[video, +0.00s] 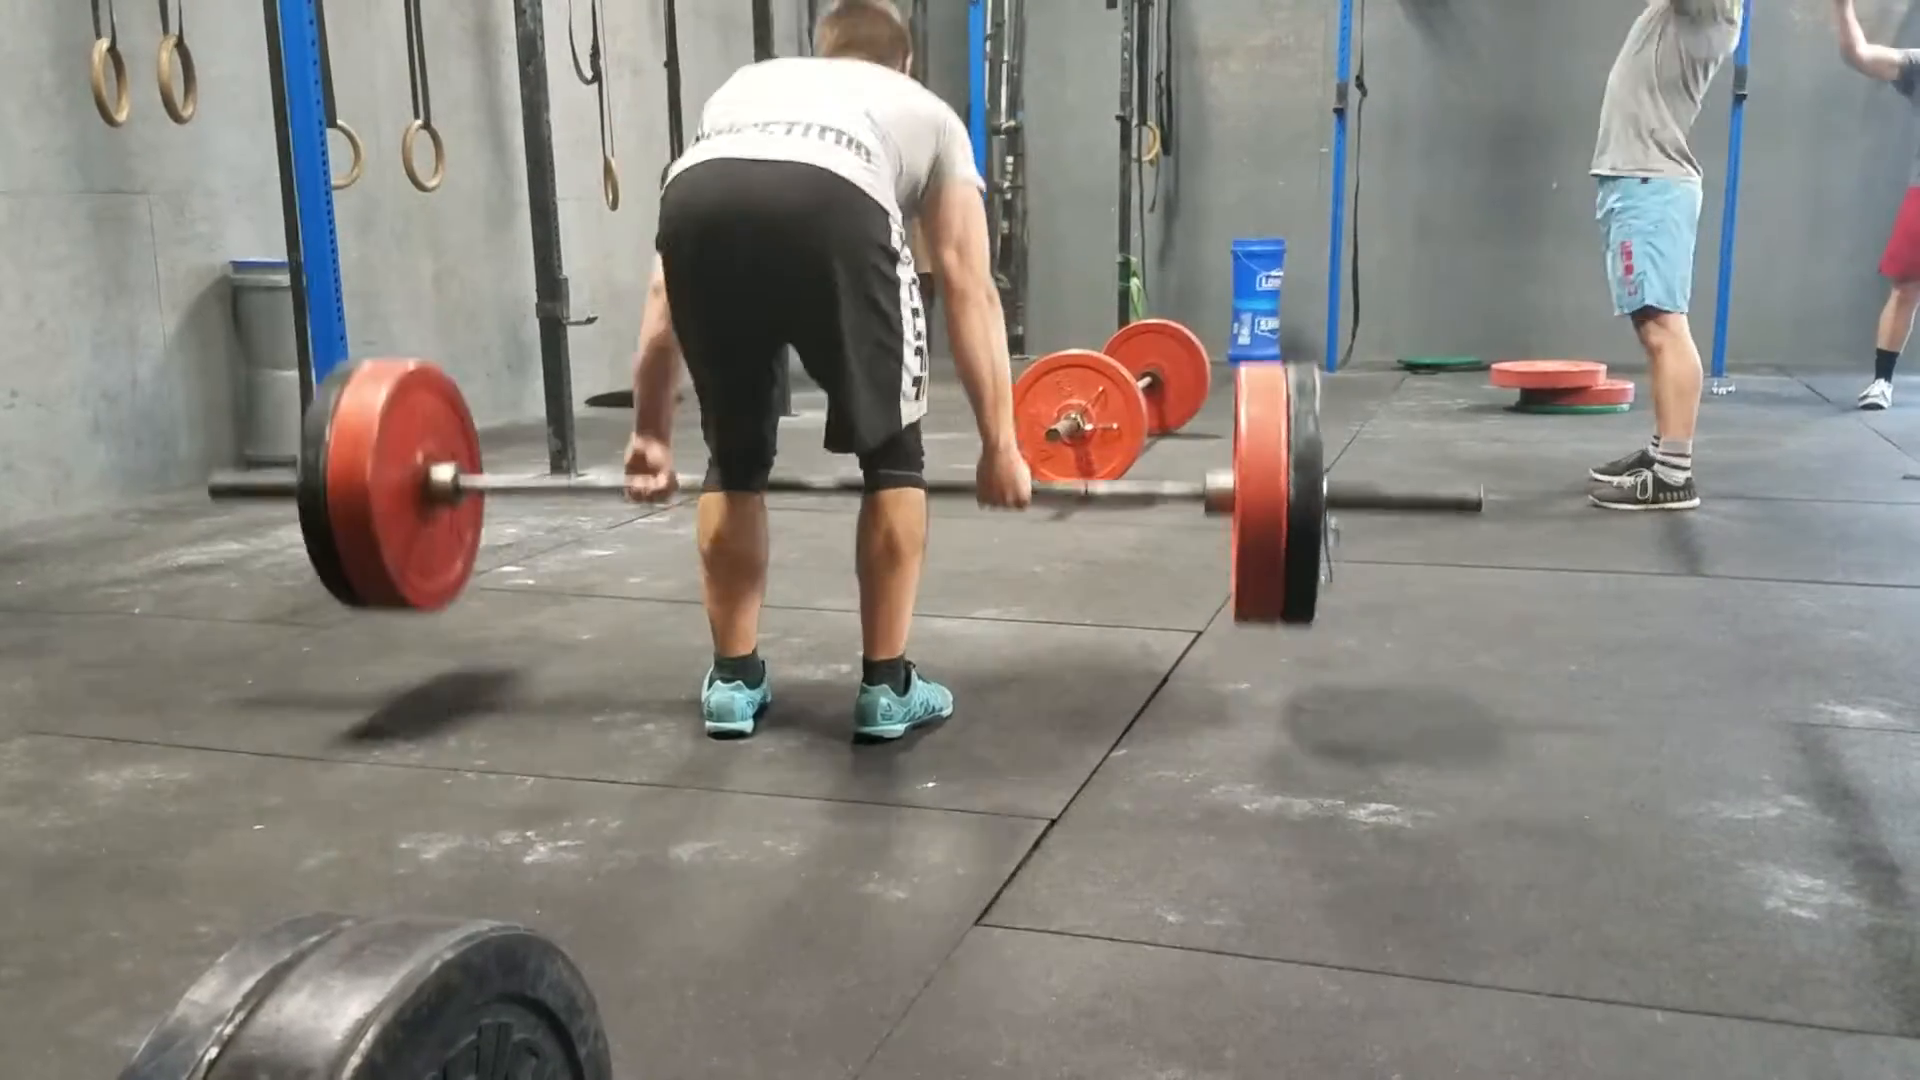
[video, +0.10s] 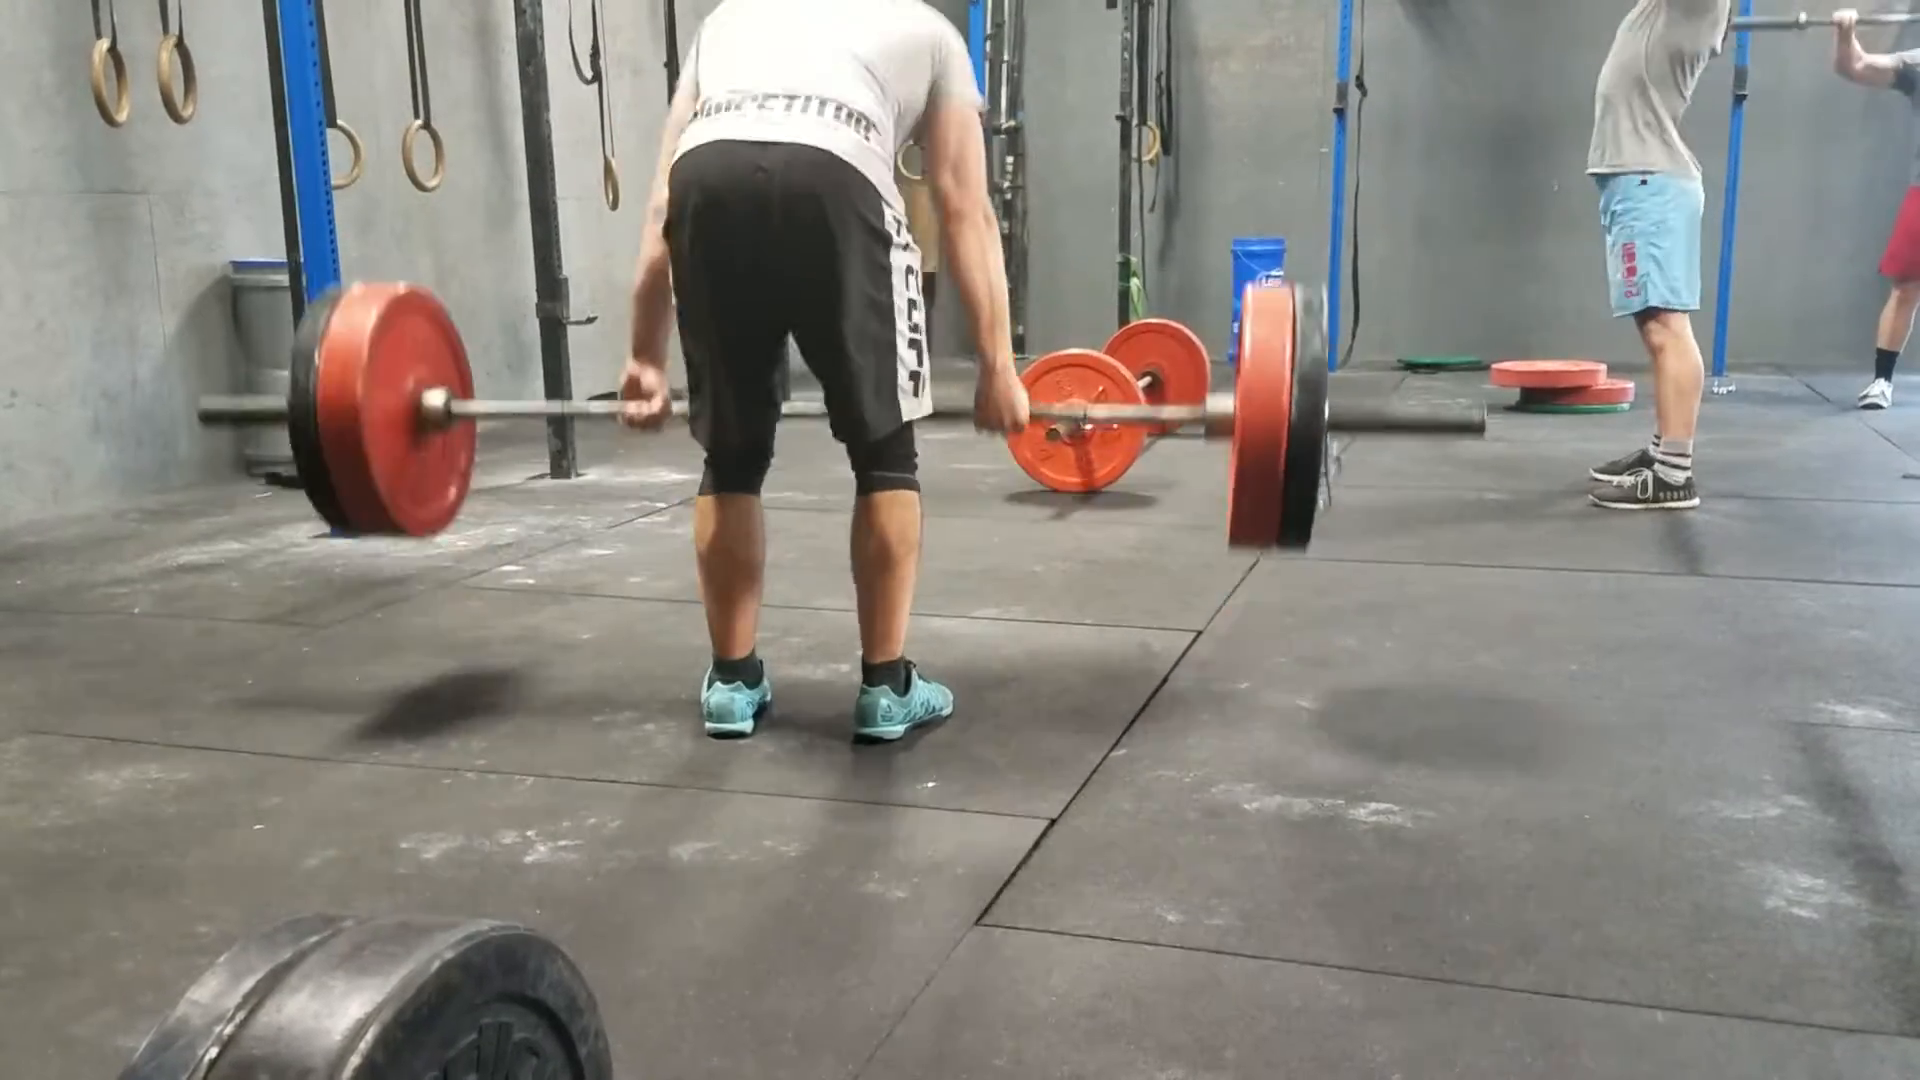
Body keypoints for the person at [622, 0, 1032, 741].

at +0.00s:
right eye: (914, 76)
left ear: (821, 51)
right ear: (906, 67)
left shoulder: (740, 86)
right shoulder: (930, 113)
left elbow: (665, 300)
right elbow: (965, 280)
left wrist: (649, 433)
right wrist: (999, 440)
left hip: (702, 207)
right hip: (835, 214)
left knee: (734, 465)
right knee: (891, 461)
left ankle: (732, 681)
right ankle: (885, 686)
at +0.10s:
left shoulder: (725, 22)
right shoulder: (932, 31)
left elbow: (663, 220)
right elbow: (964, 208)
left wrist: (643, 357)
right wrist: (998, 363)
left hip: (709, 187)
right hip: (835, 187)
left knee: (731, 456)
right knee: (884, 454)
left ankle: (731, 680)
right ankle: (885, 685)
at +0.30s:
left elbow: (649, 78)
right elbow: (955, 79)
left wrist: (630, 234)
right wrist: (995, 240)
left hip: (728, 173)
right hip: (849, 173)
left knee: (736, 454)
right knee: (873, 455)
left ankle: (732, 682)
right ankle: (885, 685)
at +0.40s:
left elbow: (642, 74)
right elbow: (953, 74)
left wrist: (628, 233)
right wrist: (992, 239)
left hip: (728, 196)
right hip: (853, 197)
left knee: (739, 451)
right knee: (877, 456)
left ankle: (732, 683)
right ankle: (885, 686)